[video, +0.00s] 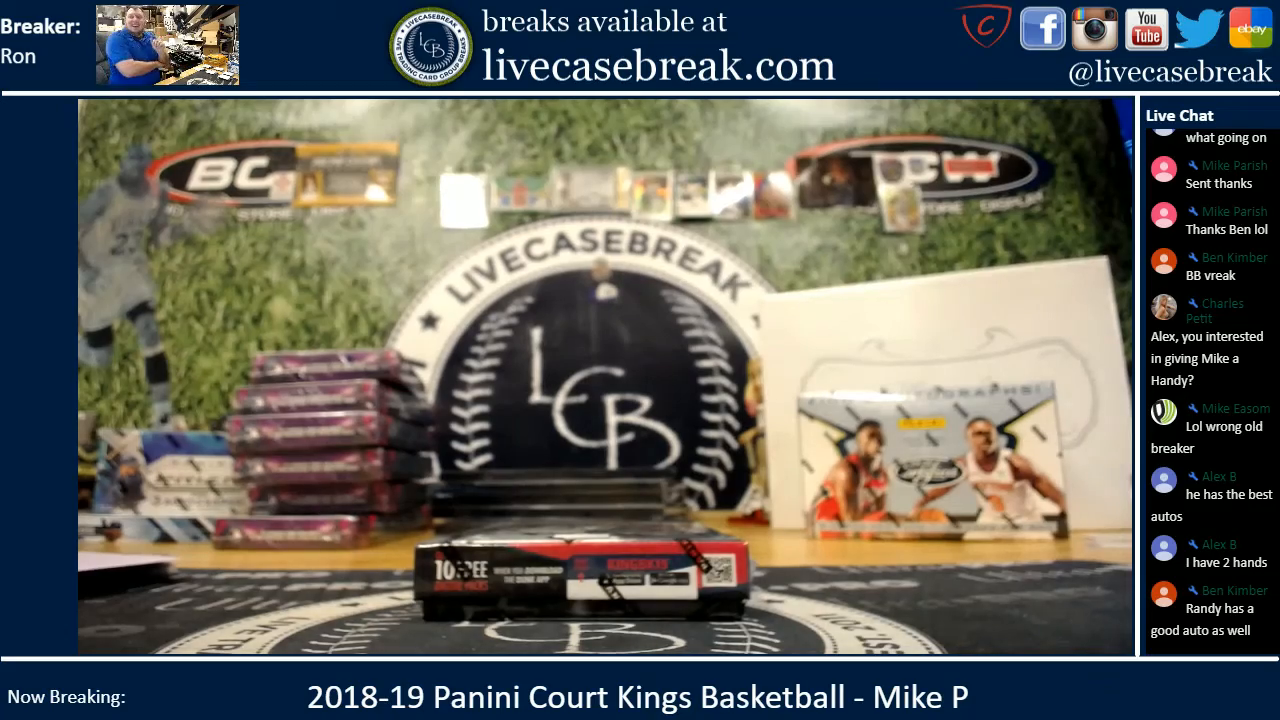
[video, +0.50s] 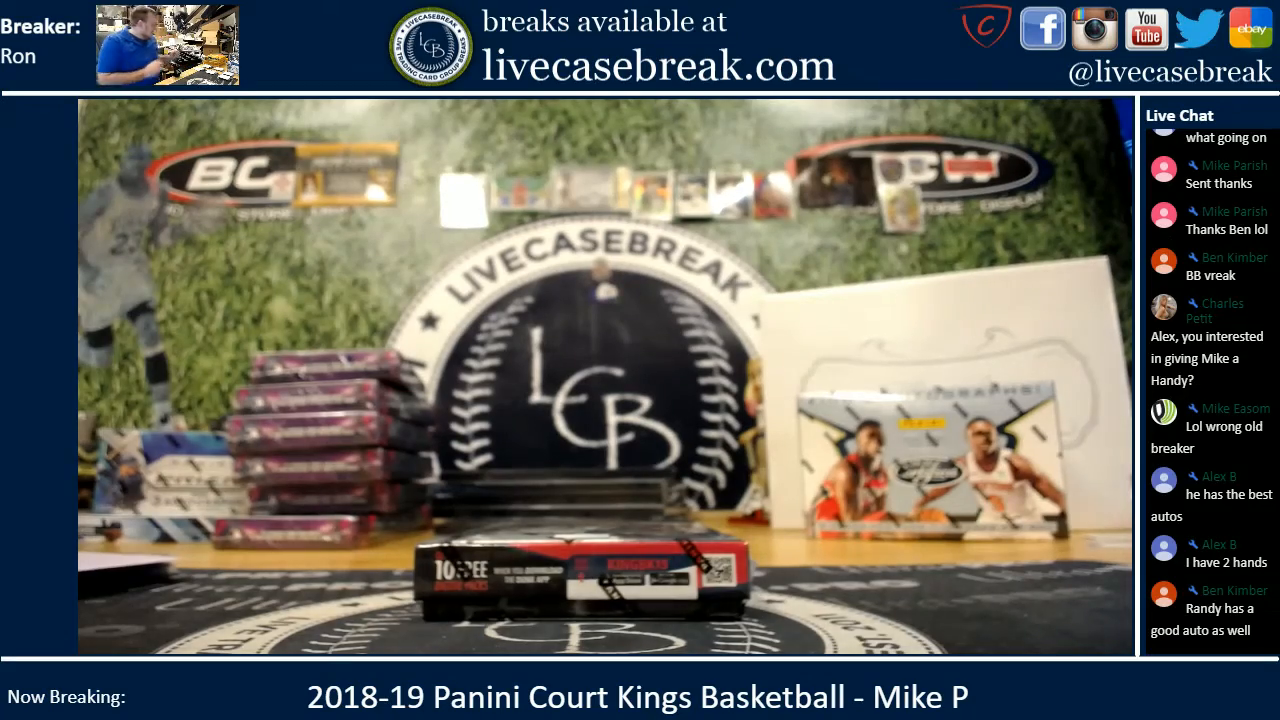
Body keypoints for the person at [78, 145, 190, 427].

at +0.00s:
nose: (134, 177)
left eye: (140, 172)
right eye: (130, 171)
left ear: (149, 171)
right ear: (121, 169)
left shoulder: (157, 195)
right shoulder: (106, 194)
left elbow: (158, 236)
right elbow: (75, 231)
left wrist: (185, 227)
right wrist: (85, 267)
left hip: (133, 271)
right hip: (95, 275)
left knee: (149, 331)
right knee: (101, 357)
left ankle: (162, 412)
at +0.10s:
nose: (133, 175)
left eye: (139, 170)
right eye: (129, 169)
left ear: (148, 170)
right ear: (121, 168)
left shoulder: (156, 195)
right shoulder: (106, 194)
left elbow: (158, 236)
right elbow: (75, 232)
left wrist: (185, 228)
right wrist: (84, 266)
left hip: (132, 270)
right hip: (95, 274)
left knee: (149, 331)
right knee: (101, 356)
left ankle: (162, 412)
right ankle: (74, 345)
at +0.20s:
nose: (134, 174)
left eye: (139, 169)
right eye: (130, 168)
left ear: (148, 170)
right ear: (121, 167)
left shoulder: (156, 195)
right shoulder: (106, 194)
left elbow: (157, 237)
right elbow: (75, 232)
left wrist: (183, 229)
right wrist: (83, 267)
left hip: (132, 270)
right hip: (95, 274)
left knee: (149, 331)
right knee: (100, 357)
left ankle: (162, 412)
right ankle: (75, 346)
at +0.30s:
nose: (134, 175)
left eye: (140, 169)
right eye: (130, 169)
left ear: (148, 170)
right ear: (121, 168)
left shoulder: (156, 196)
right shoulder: (106, 194)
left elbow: (157, 237)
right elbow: (75, 232)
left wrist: (181, 230)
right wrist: (84, 266)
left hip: (133, 270)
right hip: (95, 274)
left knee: (149, 331)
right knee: (100, 357)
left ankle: (162, 412)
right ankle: (74, 345)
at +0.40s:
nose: (135, 174)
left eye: (140, 169)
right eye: (131, 168)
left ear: (148, 170)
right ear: (121, 168)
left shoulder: (156, 196)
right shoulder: (106, 195)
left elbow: (157, 236)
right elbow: (75, 232)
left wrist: (180, 230)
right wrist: (84, 266)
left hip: (133, 270)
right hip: (95, 274)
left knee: (149, 331)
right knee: (100, 357)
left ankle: (163, 412)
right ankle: (74, 345)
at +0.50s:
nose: (135, 174)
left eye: (141, 168)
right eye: (131, 168)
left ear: (148, 170)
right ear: (121, 167)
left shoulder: (156, 195)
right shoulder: (105, 195)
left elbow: (157, 236)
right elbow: (75, 232)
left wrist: (181, 230)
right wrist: (84, 267)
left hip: (133, 271)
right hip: (95, 275)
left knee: (150, 332)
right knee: (101, 357)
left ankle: (163, 413)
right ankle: (73, 345)